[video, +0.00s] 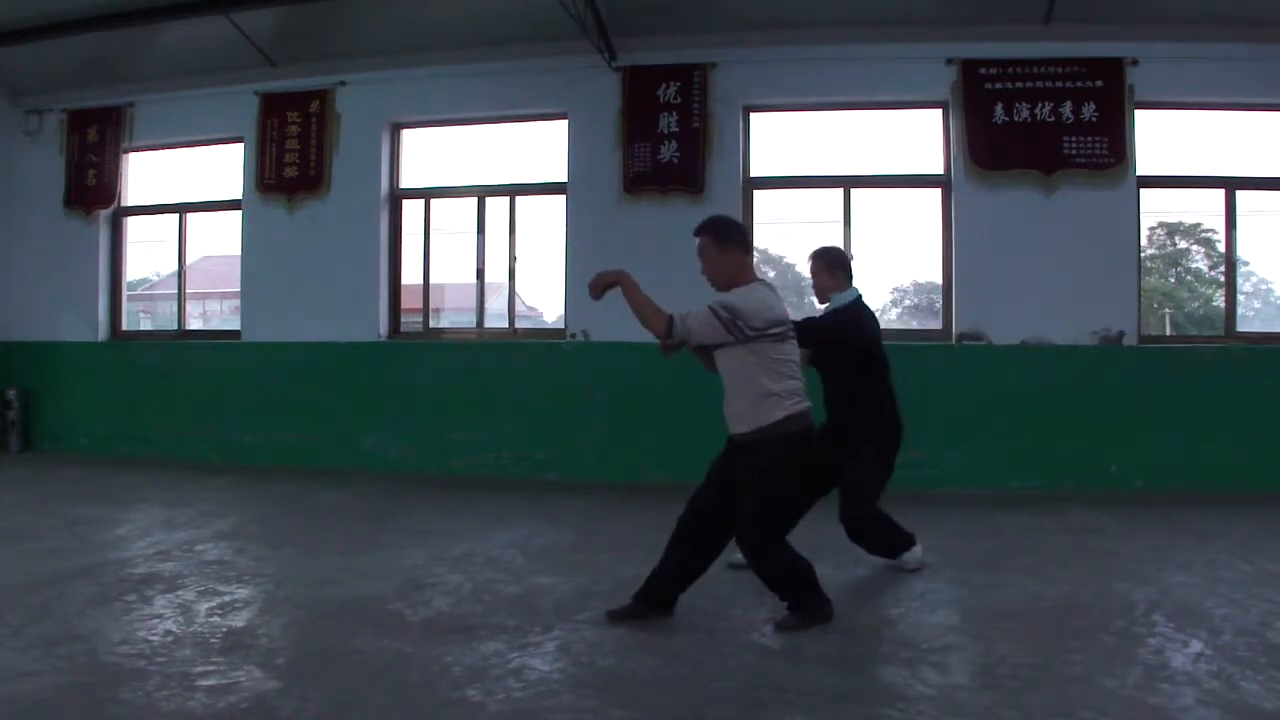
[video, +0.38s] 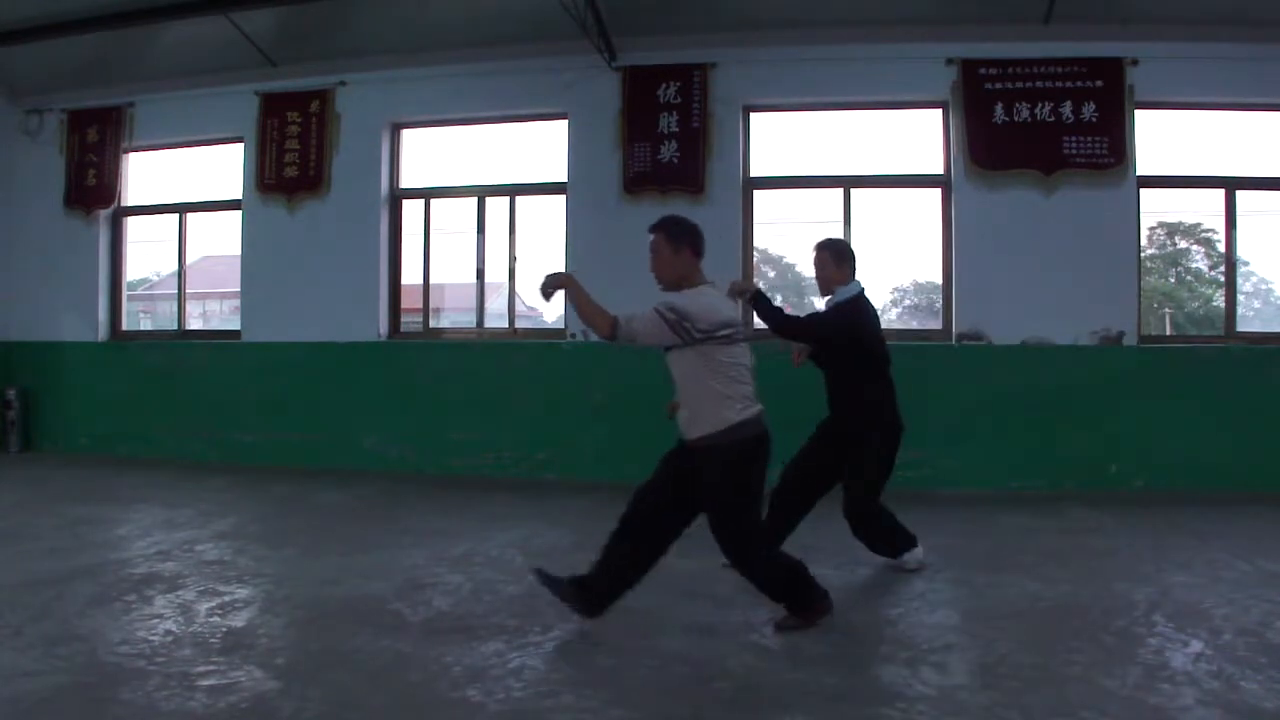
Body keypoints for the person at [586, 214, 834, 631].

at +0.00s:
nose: (702, 269)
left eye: (705, 258)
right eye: (701, 259)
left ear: (733, 253)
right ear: (734, 255)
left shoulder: (750, 303)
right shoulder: (753, 300)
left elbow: (667, 328)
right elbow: (727, 364)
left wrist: (623, 280)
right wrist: (686, 340)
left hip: (781, 440)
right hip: (750, 440)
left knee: (755, 533)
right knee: (701, 523)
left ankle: (811, 604)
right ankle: (654, 600)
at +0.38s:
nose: (651, 264)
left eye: (657, 253)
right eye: (651, 254)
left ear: (686, 254)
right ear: (689, 256)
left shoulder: (695, 308)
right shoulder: (722, 304)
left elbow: (612, 329)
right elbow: (733, 369)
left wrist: (568, 283)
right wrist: (689, 401)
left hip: (732, 445)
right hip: (708, 442)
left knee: (741, 541)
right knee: (650, 517)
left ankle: (809, 601)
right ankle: (593, 594)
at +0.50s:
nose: (604, 257)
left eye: (611, 248)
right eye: (606, 248)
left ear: (639, 252)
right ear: (641, 254)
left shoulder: (629, 304)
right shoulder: (675, 303)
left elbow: (559, 322)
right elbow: (715, 353)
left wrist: (512, 291)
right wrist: (675, 381)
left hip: (656, 440)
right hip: (688, 433)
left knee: (593, 515)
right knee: (723, 523)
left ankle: (563, 605)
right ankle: (803, 593)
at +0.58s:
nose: (567, 246)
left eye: (574, 238)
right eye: (568, 237)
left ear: (598, 244)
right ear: (605, 248)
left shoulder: (580, 295)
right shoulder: (629, 301)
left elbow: (513, 303)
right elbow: (664, 357)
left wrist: (450, 291)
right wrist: (613, 361)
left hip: (602, 436)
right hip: (643, 433)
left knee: (549, 509)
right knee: (654, 530)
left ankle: (549, 613)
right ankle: (748, 568)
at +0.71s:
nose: (527, 231)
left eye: (535, 223)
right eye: (530, 223)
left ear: (558, 229)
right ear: (561, 231)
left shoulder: (575, 280)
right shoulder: (573, 281)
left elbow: (518, 327)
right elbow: (526, 339)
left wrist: (454, 313)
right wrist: (469, 319)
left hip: (579, 414)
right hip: (574, 413)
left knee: (530, 510)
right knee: (538, 509)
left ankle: (545, 614)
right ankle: (593, 589)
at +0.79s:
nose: (490, 216)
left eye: (498, 208)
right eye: (492, 208)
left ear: (523, 213)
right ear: (513, 214)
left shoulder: (558, 268)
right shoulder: (500, 279)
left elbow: (567, 335)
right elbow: (477, 327)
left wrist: (502, 335)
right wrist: (454, 317)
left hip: (558, 388)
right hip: (520, 387)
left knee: (526, 490)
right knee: (446, 408)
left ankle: (545, 606)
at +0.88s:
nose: (461, 209)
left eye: (470, 201)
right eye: (463, 200)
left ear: (497, 210)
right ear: (484, 210)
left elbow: (567, 321)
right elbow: (410, 292)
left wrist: (509, 342)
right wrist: (393, 240)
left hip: (536, 383)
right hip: (498, 381)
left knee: (436, 348)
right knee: (498, 482)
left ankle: (402, 446)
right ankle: (531, 588)